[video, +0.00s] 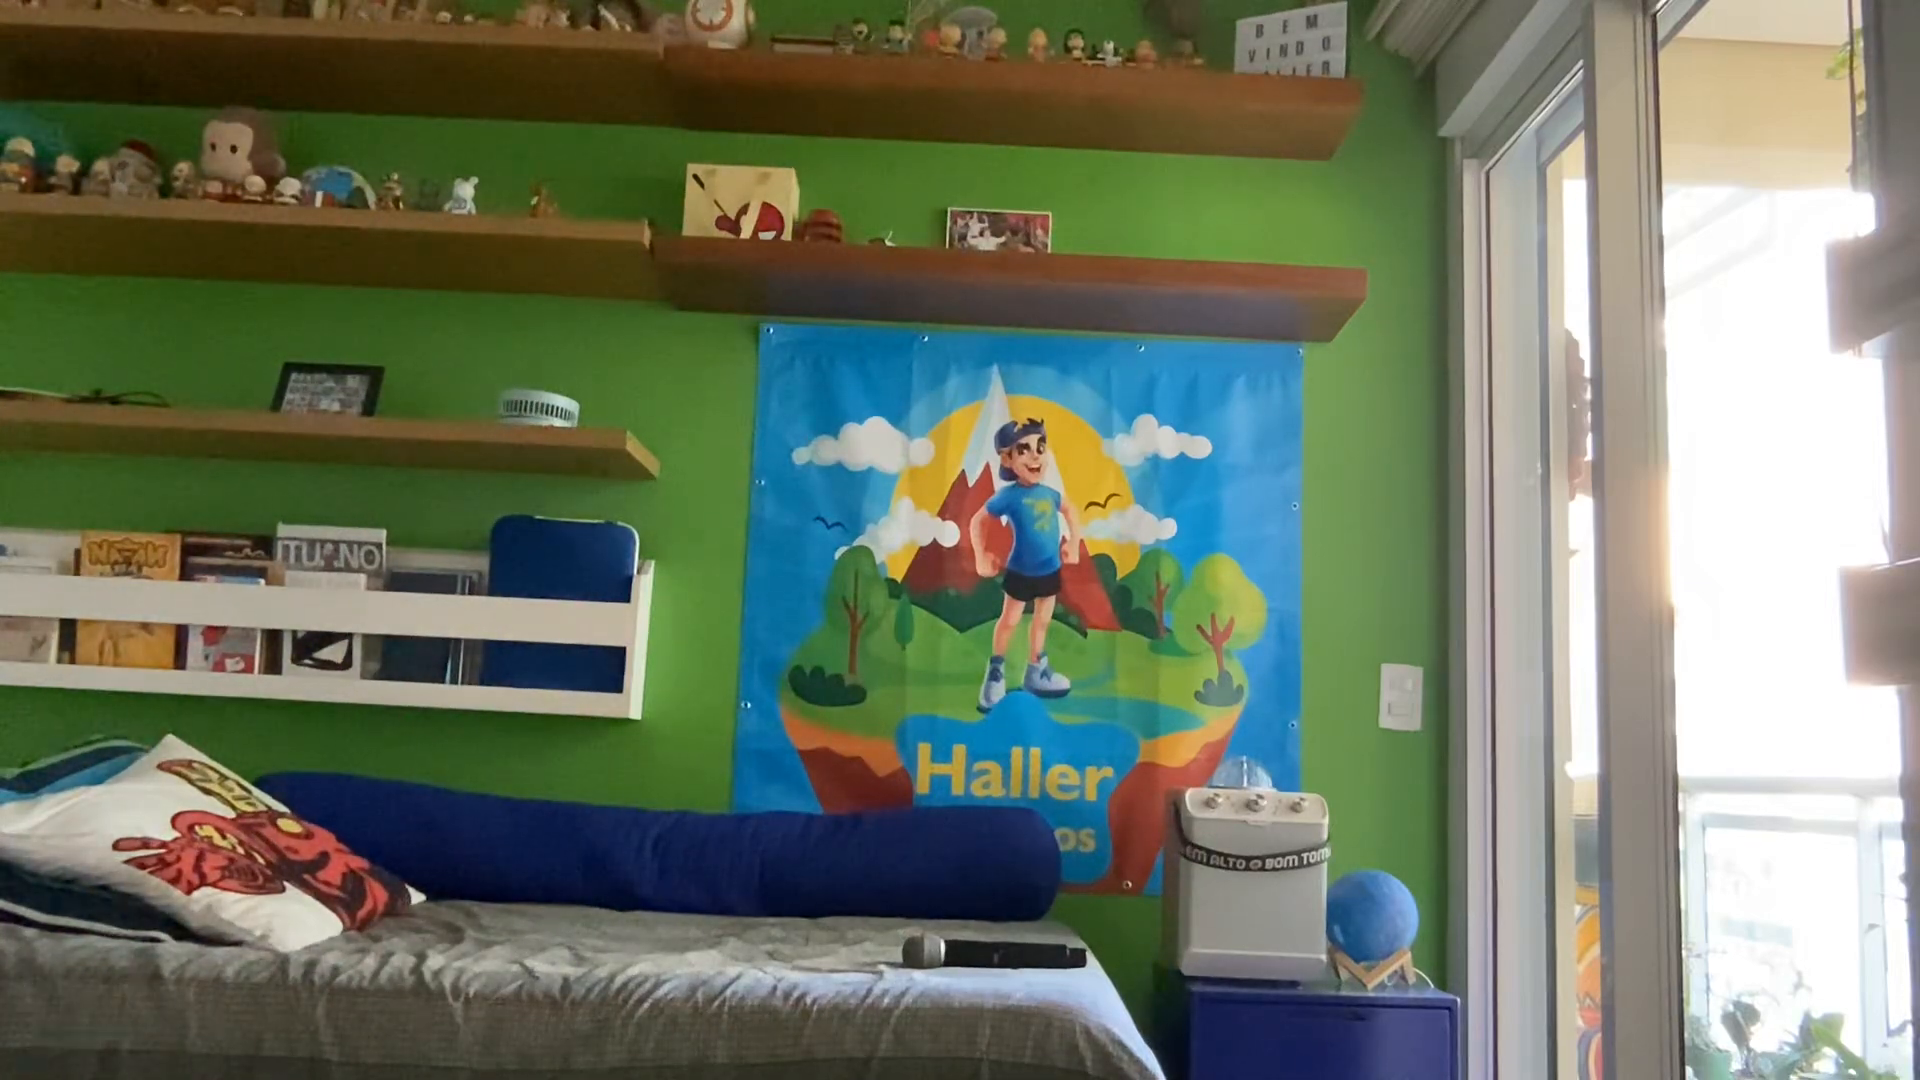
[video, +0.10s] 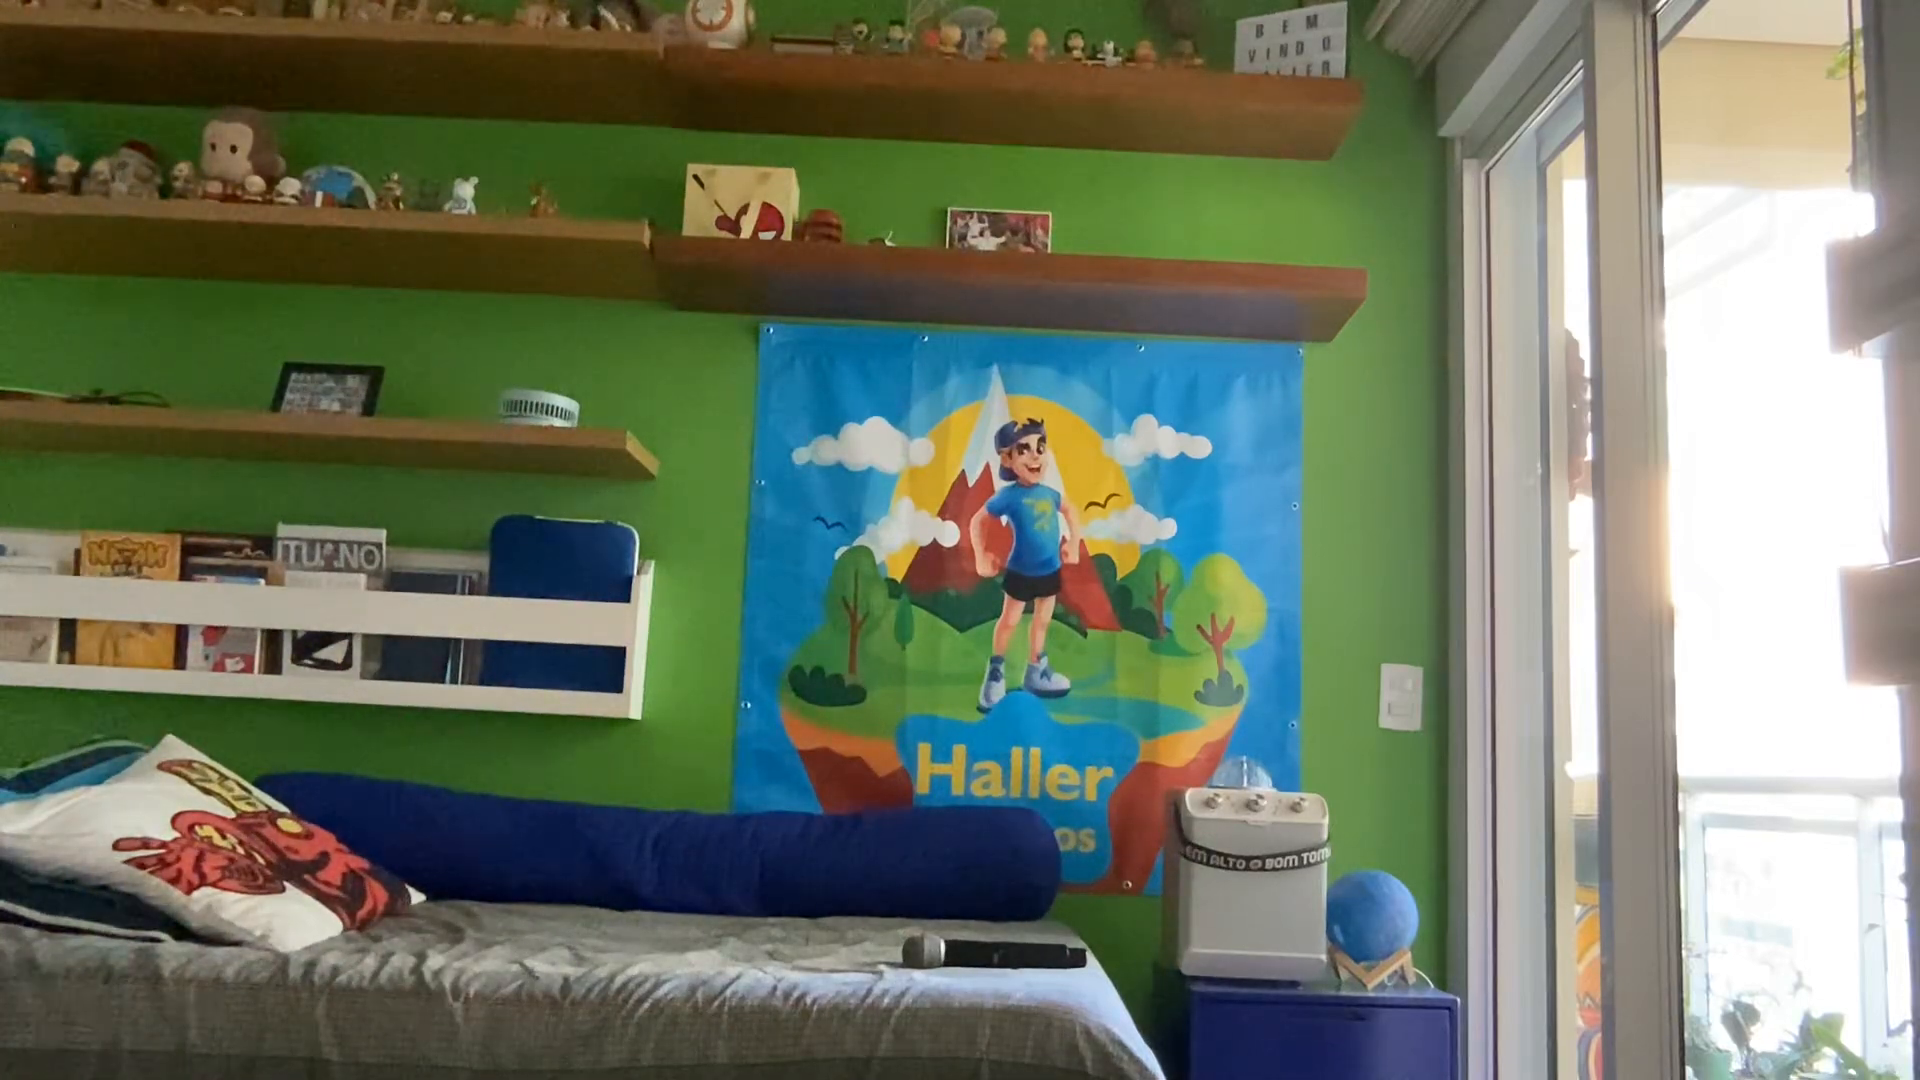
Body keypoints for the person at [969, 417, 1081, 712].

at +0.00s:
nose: (1034, 458)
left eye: (1040, 449)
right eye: (1024, 450)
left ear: (1046, 455)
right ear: (1008, 459)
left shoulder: (1050, 494)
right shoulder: (1007, 496)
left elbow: (1071, 513)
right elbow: (977, 521)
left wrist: (1074, 543)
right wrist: (980, 555)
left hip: (1049, 570)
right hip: (1020, 572)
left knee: (1043, 618)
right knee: (1010, 619)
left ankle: (1036, 670)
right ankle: (996, 671)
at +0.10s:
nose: (1034, 457)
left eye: (1039, 449)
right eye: (1024, 450)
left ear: (1046, 455)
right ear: (1008, 459)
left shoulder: (1050, 494)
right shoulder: (1007, 496)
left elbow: (1070, 513)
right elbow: (977, 521)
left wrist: (1074, 542)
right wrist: (980, 555)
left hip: (1049, 570)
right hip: (1020, 572)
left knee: (1043, 619)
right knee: (1010, 620)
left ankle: (1036, 670)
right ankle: (996, 670)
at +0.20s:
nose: (1034, 458)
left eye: (1039, 449)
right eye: (1024, 450)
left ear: (1046, 455)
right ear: (1007, 459)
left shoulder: (1050, 494)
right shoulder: (1007, 496)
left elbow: (1070, 513)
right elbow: (977, 521)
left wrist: (1074, 542)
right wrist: (980, 555)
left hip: (1049, 570)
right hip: (1020, 572)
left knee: (1043, 619)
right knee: (1010, 620)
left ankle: (1036, 670)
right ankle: (996, 670)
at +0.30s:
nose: (1034, 458)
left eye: (1039, 449)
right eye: (1024, 450)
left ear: (1046, 455)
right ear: (1007, 459)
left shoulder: (1050, 494)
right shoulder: (1007, 496)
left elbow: (1070, 513)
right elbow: (977, 521)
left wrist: (1074, 542)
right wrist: (980, 555)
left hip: (1049, 570)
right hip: (1020, 572)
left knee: (1043, 619)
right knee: (1010, 620)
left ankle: (1036, 670)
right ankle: (996, 670)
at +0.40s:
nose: (1034, 458)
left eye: (1039, 449)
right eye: (1024, 450)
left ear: (1046, 455)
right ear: (1007, 459)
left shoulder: (1050, 494)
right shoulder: (1007, 496)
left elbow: (1071, 513)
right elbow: (977, 521)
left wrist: (1074, 543)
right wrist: (980, 555)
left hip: (1049, 570)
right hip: (1020, 572)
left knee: (1043, 619)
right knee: (1010, 619)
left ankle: (1036, 670)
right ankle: (995, 672)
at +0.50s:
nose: (1034, 457)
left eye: (1039, 449)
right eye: (1024, 450)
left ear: (1046, 455)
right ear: (1007, 459)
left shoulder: (1050, 494)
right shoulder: (1007, 496)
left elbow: (1070, 513)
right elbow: (977, 521)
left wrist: (1074, 542)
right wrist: (980, 555)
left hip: (1049, 571)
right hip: (1020, 572)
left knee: (1043, 619)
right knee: (1009, 620)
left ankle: (1036, 670)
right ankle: (996, 671)